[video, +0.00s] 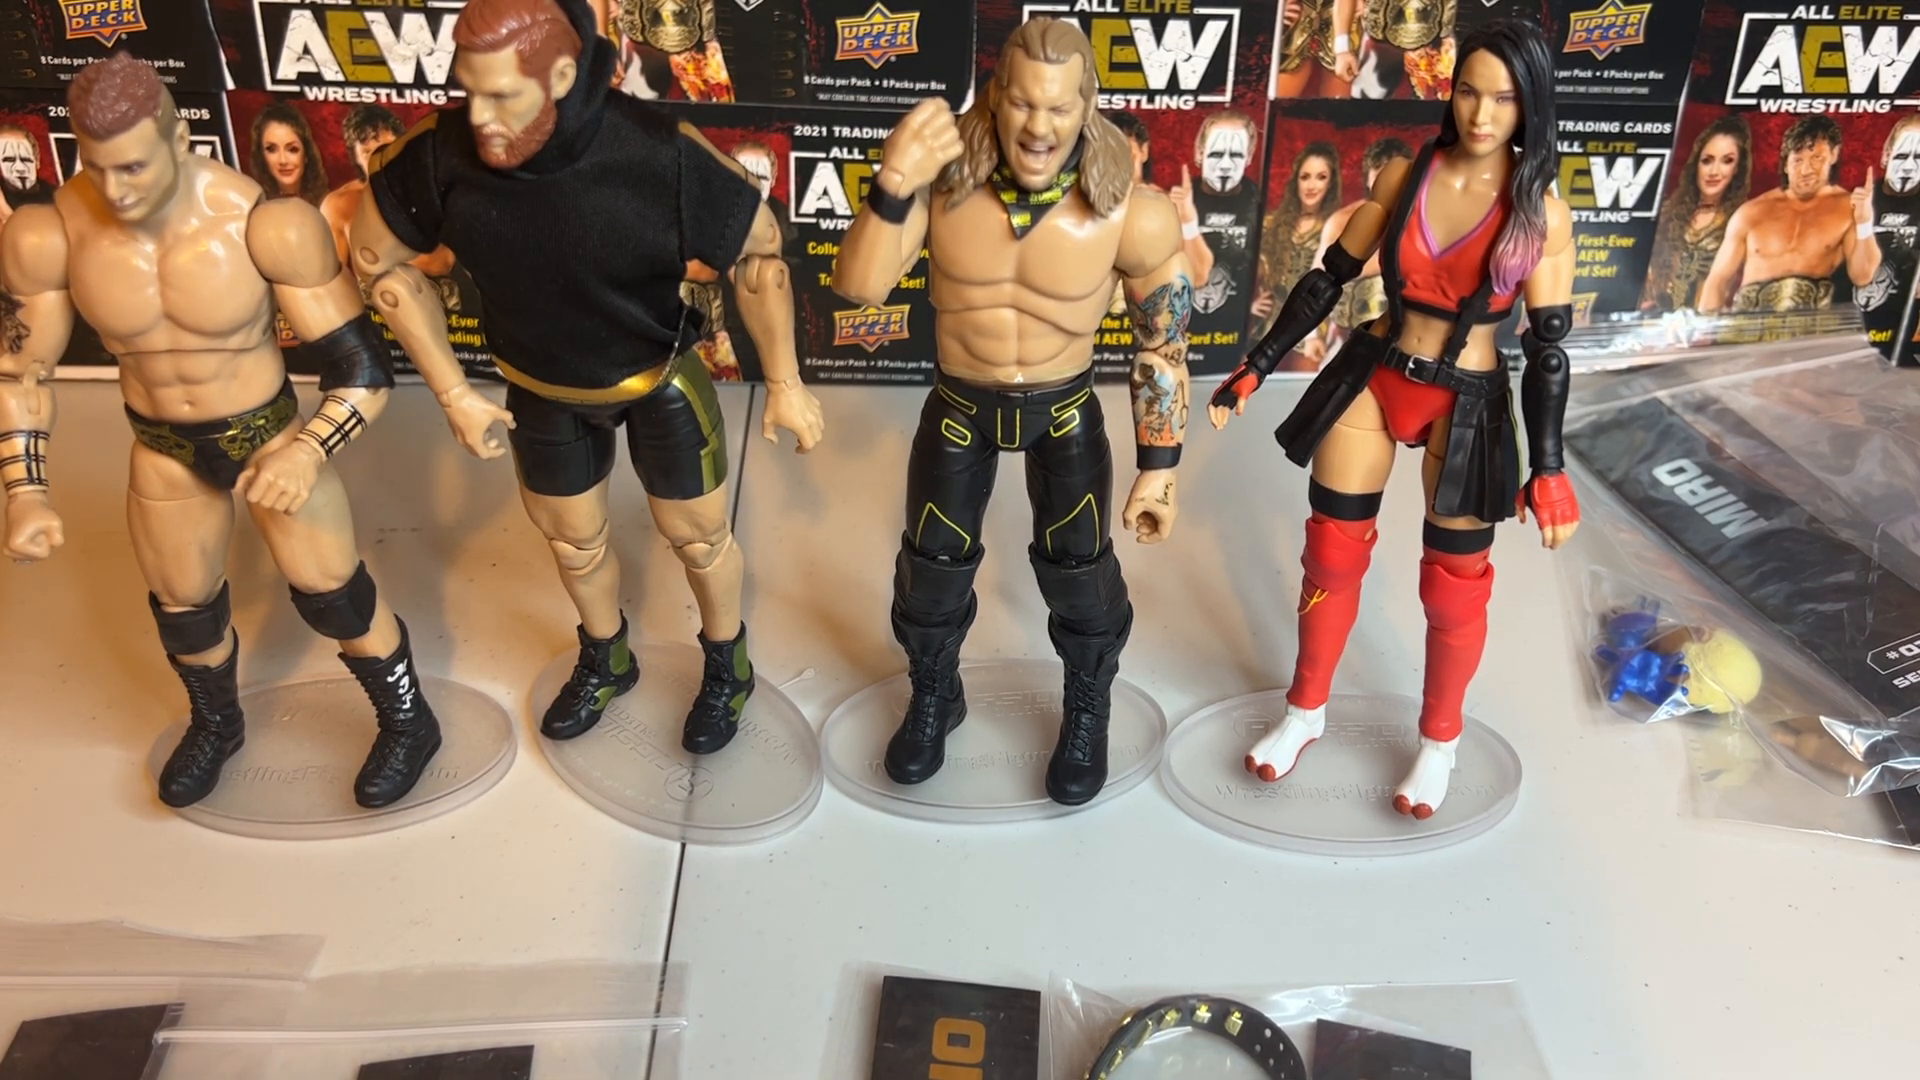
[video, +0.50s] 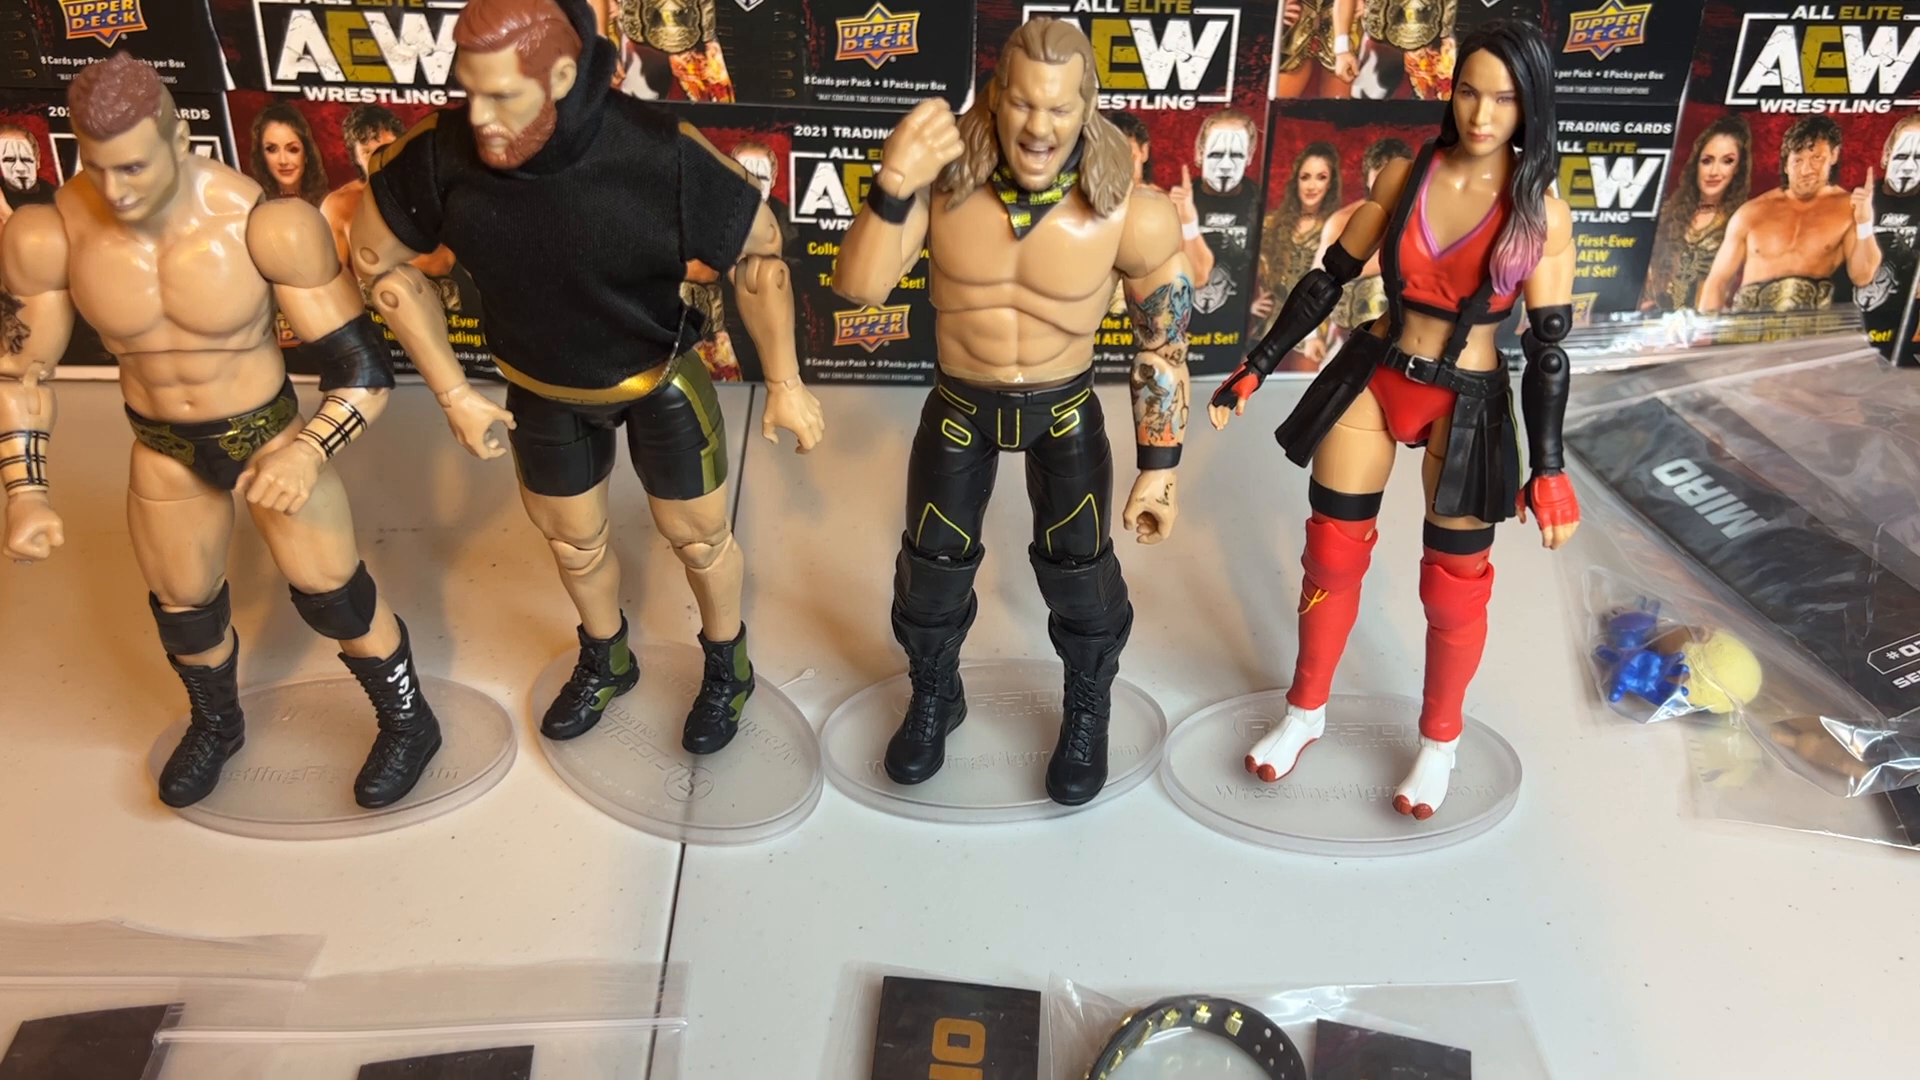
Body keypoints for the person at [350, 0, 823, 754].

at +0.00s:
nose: (481, 119)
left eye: (503, 96)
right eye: (468, 95)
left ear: (564, 76)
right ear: (456, 81)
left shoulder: (653, 155)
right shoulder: (443, 159)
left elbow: (757, 246)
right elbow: (372, 251)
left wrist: (784, 381)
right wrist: (452, 392)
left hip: (661, 382)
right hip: (542, 395)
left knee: (700, 540)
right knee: (575, 546)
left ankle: (726, 666)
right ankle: (607, 660)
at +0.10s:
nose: (481, 119)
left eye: (503, 96)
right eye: (468, 95)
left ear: (564, 76)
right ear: (457, 81)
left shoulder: (653, 155)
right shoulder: (442, 159)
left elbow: (757, 246)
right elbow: (372, 251)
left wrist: (784, 381)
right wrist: (452, 392)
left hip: (661, 382)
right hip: (543, 395)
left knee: (700, 540)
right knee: (575, 545)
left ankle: (726, 666)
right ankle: (607, 660)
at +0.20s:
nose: (481, 119)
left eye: (503, 96)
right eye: (468, 95)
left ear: (564, 76)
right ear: (456, 81)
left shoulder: (652, 154)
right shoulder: (442, 159)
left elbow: (757, 246)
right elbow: (372, 251)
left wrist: (784, 381)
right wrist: (452, 392)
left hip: (661, 382)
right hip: (543, 395)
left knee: (700, 540)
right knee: (575, 546)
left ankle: (726, 665)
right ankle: (607, 660)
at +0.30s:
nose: (481, 119)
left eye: (503, 96)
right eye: (468, 95)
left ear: (564, 76)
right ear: (457, 81)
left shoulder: (653, 155)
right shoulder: (443, 159)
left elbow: (757, 246)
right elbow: (372, 251)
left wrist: (784, 382)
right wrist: (453, 392)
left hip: (661, 382)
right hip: (543, 395)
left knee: (700, 541)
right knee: (575, 546)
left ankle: (726, 666)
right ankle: (607, 660)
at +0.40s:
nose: (481, 119)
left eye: (502, 96)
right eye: (468, 95)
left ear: (563, 76)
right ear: (457, 81)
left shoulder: (652, 155)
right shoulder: (442, 159)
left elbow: (757, 245)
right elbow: (372, 251)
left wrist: (784, 381)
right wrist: (452, 392)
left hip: (661, 382)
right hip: (542, 394)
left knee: (700, 539)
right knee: (575, 546)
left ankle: (726, 665)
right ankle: (607, 660)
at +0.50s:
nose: (481, 119)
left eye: (503, 96)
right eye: (468, 95)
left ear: (563, 76)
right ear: (457, 81)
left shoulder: (653, 155)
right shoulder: (442, 160)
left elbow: (757, 245)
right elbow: (372, 251)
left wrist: (784, 381)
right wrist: (452, 392)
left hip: (661, 382)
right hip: (542, 394)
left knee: (700, 540)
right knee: (575, 546)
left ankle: (726, 665)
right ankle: (607, 660)